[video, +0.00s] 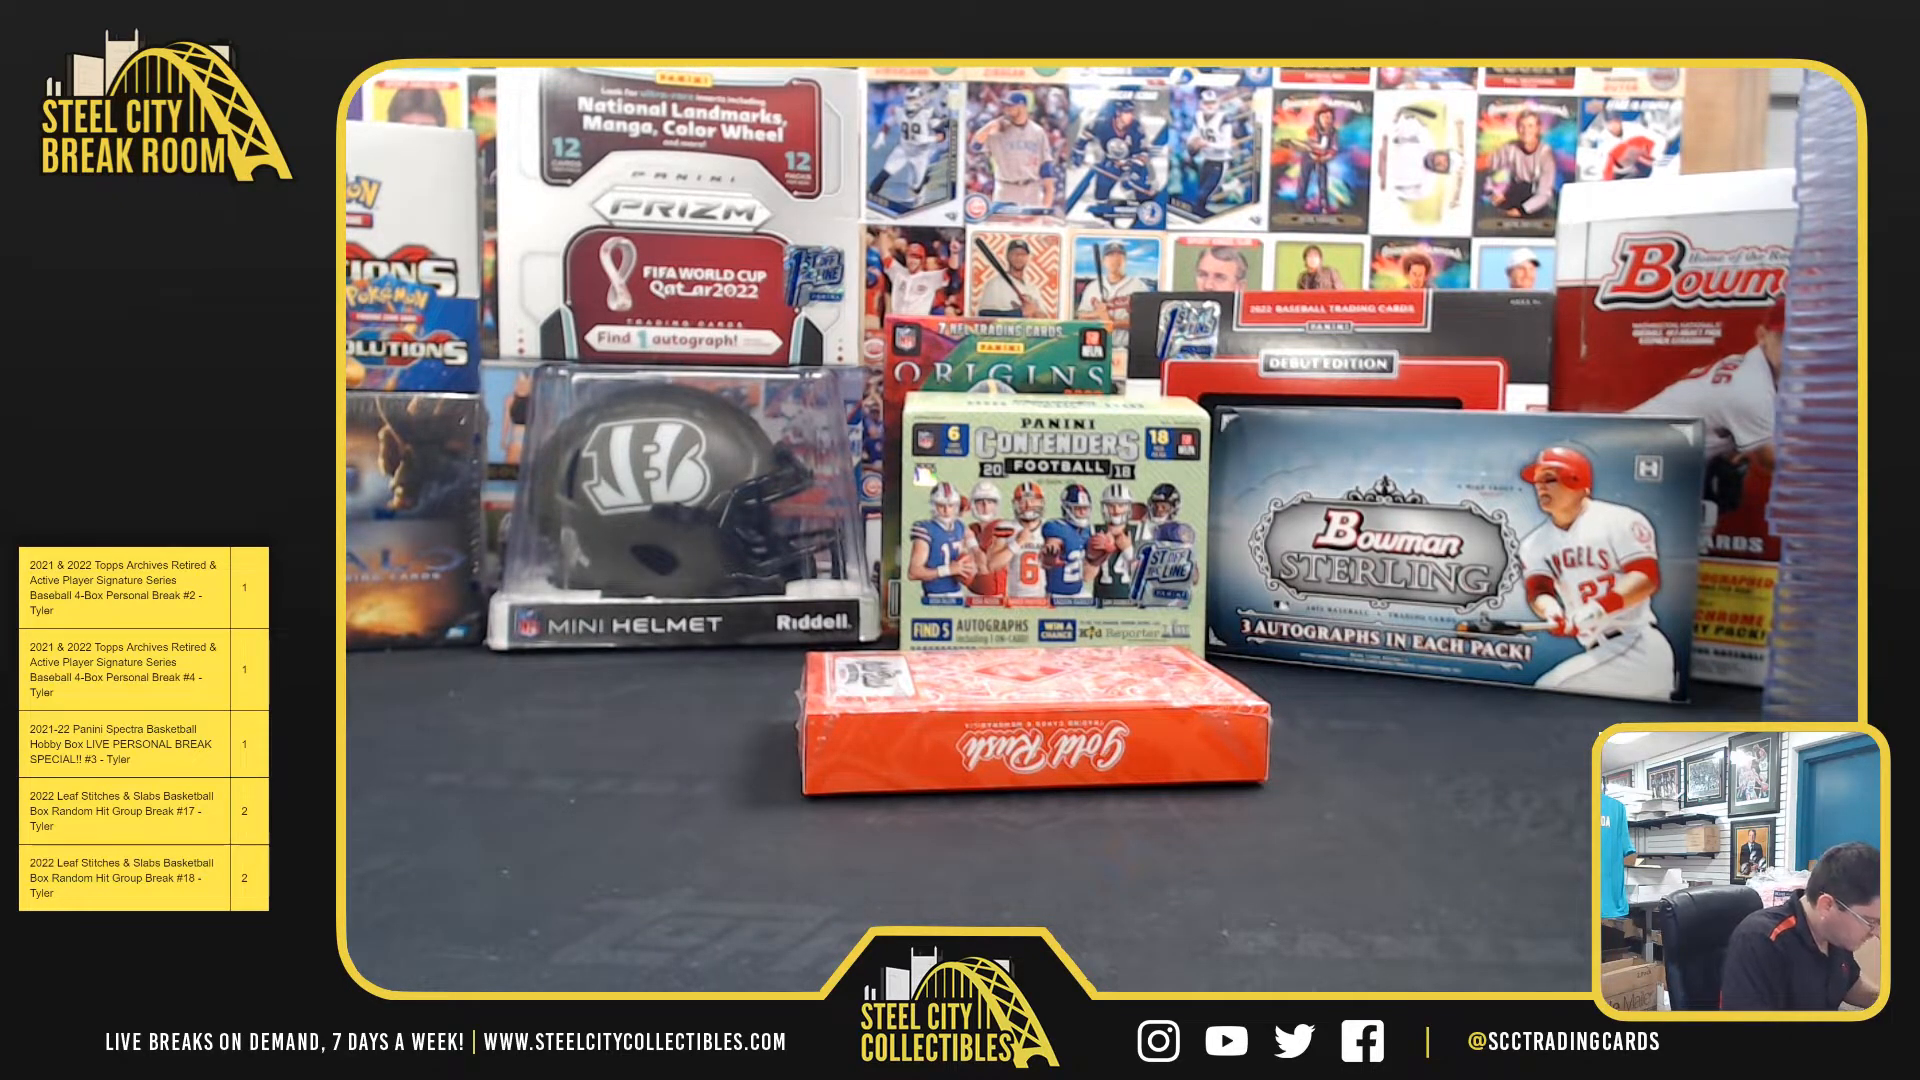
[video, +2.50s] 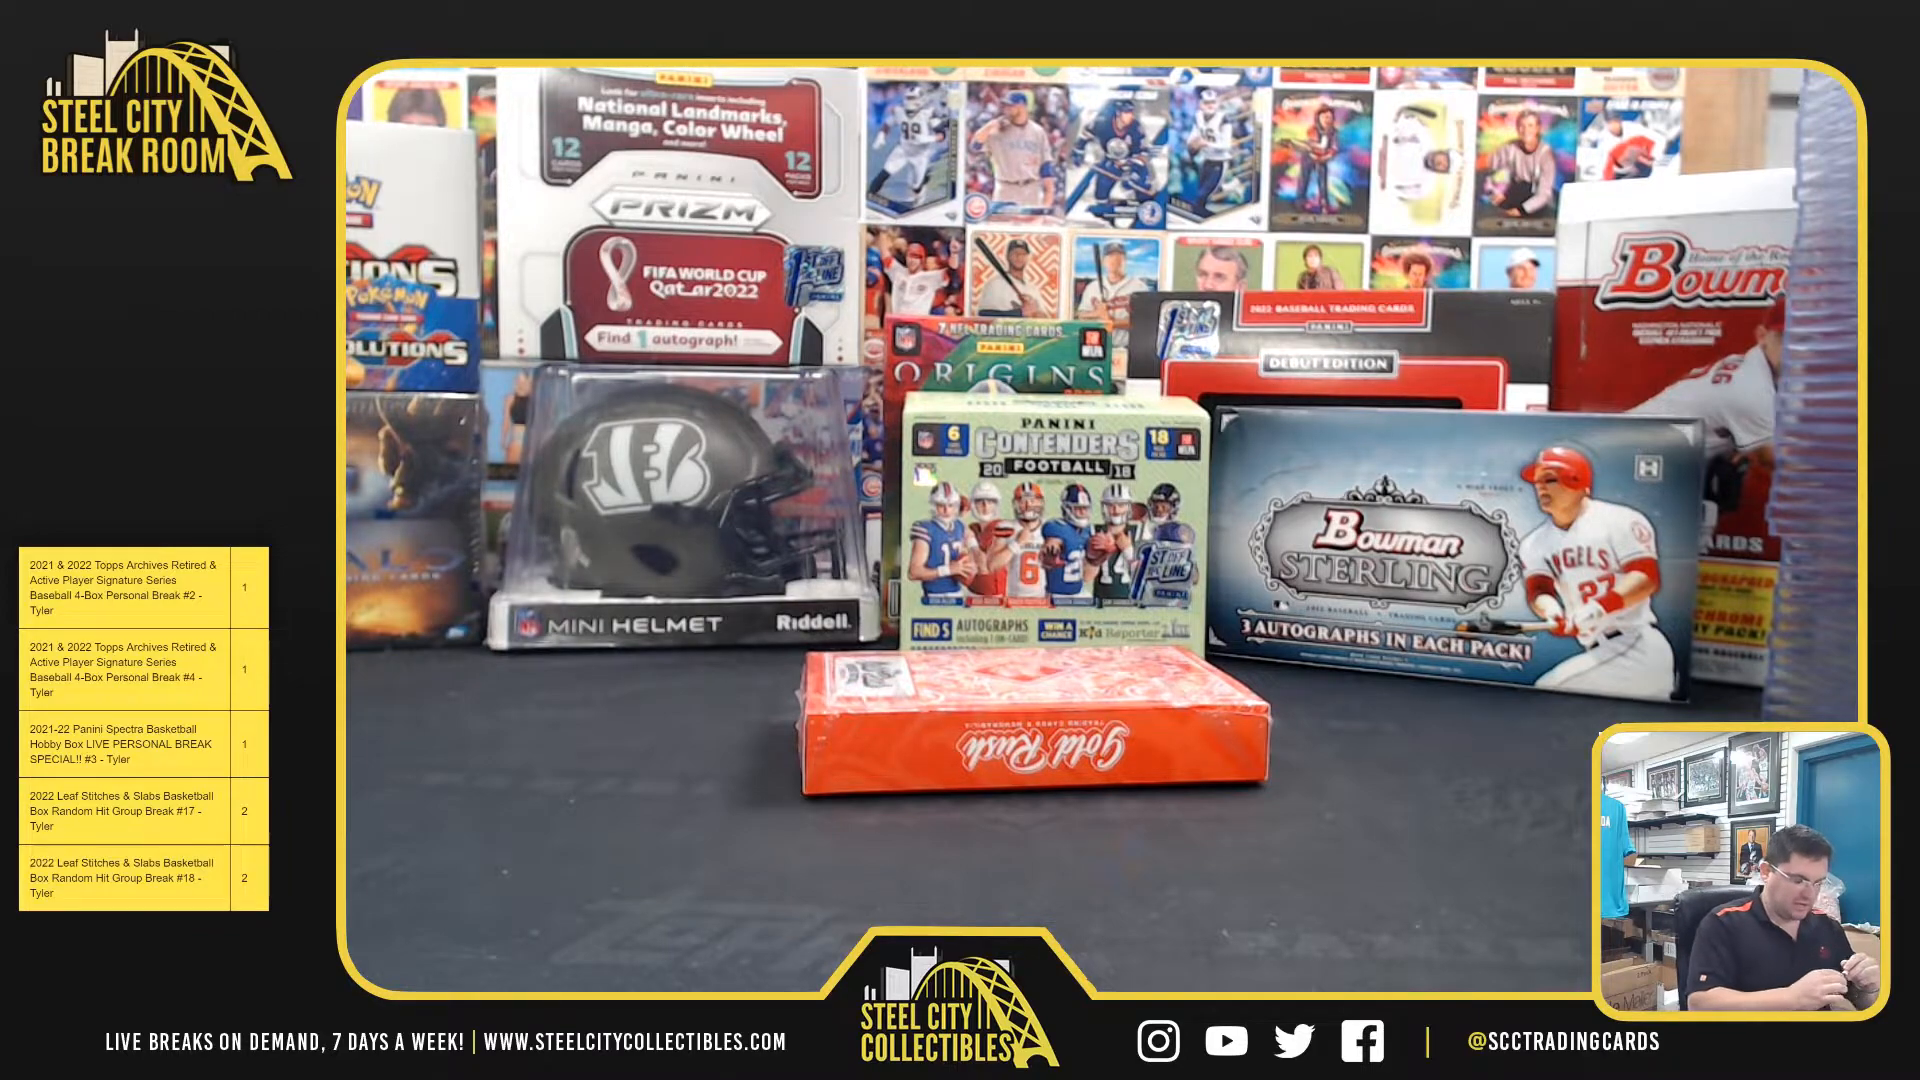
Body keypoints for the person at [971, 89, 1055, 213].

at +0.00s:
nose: (1007, 110)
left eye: (1011, 106)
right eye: (1006, 106)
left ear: (1022, 107)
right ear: (1004, 107)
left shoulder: (1038, 132)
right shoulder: (997, 129)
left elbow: (1046, 167)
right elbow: (974, 147)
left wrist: (1048, 200)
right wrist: (990, 127)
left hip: (1031, 186)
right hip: (1005, 186)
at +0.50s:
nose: (1006, 110)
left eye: (1010, 106)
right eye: (1006, 106)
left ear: (1022, 107)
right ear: (1004, 107)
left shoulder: (1038, 132)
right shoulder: (997, 129)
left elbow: (1046, 166)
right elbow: (974, 147)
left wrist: (1048, 199)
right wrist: (989, 128)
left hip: (1031, 186)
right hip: (1005, 186)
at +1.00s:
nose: (1006, 110)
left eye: (1010, 106)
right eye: (1006, 106)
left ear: (1022, 107)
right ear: (1004, 107)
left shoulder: (1038, 132)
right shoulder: (997, 129)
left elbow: (1046, 167)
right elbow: (975, 147)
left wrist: (1048, 200)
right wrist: (990, 127)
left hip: (1031, 186)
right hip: (1004, 186)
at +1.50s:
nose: (1006, 110)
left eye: (1010, 106)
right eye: (1006, 106)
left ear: (1022, 107)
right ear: (1004, 107)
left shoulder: (1038, 132)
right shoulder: (997, 129)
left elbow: (1046, 166)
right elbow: (974, 148)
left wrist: (1048, 198)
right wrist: (991, 127)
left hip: (1031, 186)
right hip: (1005, 186)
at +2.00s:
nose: (1006, 110)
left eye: (1010, 106)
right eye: (1006, 106)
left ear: (1022, 107)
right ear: (1004, 107)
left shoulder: (1038, 132)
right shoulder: (996, 129)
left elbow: (1046, 166)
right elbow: (974, 147)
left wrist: (1048, 198)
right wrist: (991, 127)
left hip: (1032, 186)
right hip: (1005, 186)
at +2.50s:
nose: (1006, 110)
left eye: (1010, 106)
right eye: (1005, 106)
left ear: (1022, 107)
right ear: (1004, 107)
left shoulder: (1038, 132)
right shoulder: (996, 129)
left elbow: (1046, 166)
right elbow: (974, 148)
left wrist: (1048, 198)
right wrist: (991, 127)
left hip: (1032, 186)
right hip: (1005, 186)